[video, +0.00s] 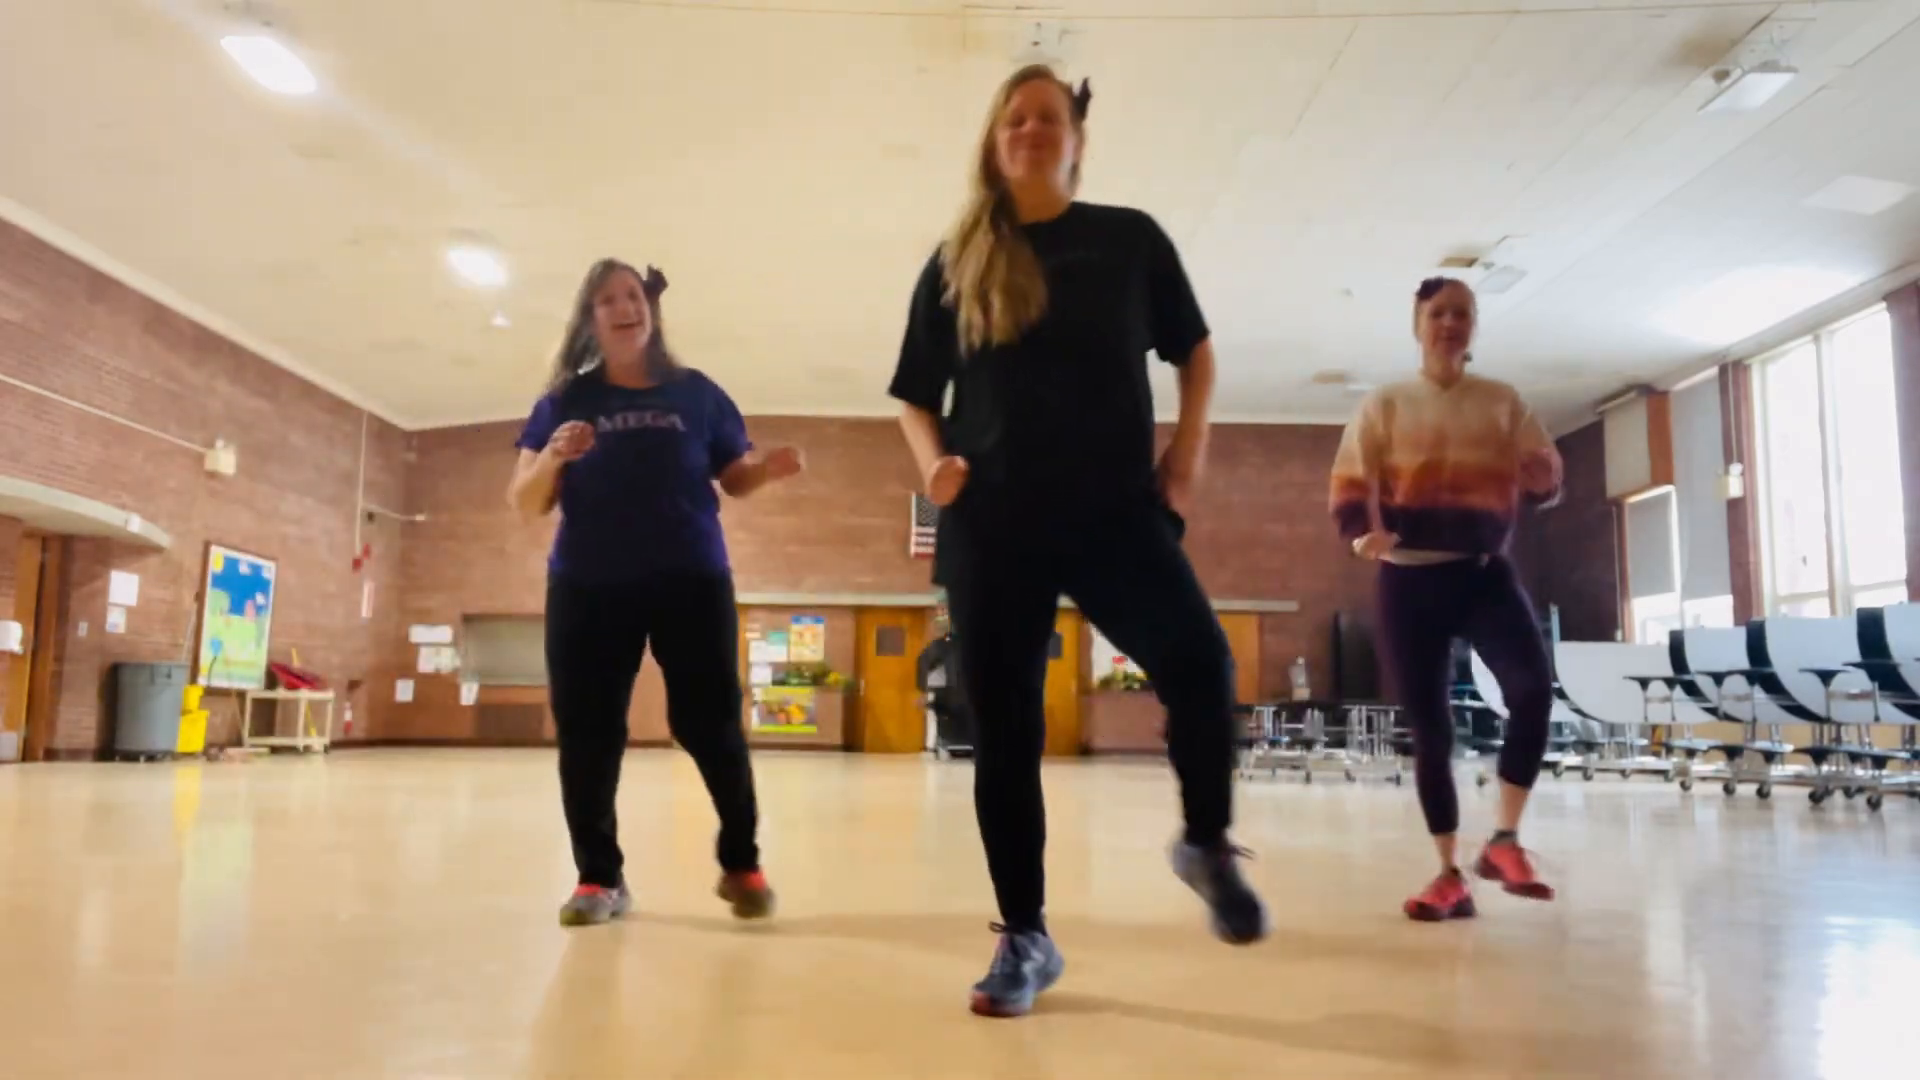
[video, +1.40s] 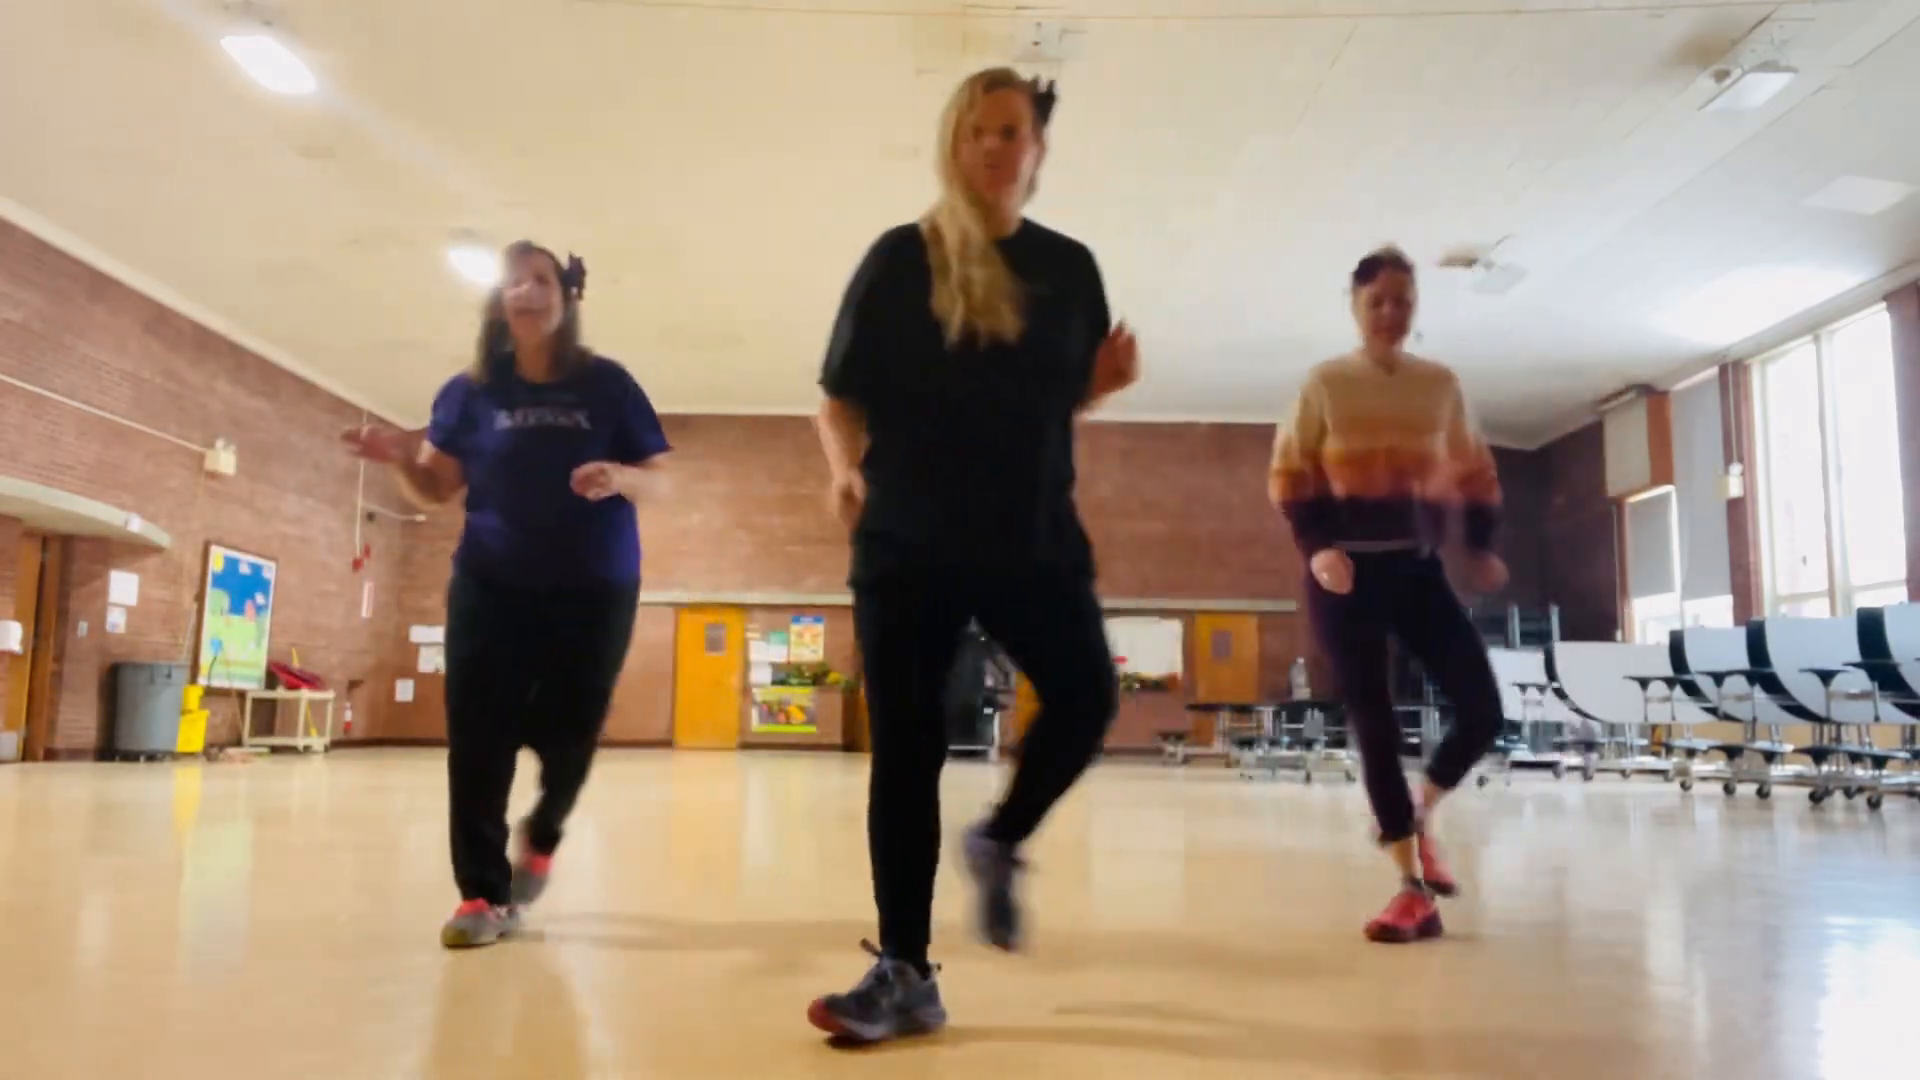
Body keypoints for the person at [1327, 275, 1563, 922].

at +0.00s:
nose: (1449, 324)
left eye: (1460, 315)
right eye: (1438, 314)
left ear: (1474, 328)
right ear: (1417, 325)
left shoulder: (1502, 403)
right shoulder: (1382, 407)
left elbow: (1547, 485)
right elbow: (1348, 492)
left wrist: (1541, 479)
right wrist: (1364, 535)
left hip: (1485, 577)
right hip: (1411, 581)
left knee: (1533, 695)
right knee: (1431, 732)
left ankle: (1503, 842)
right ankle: (1449, 875)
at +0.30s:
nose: (1509, 325)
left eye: (1521, 315)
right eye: (1498, 315)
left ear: (1541, 329)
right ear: (1481, 330)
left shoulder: (1569, 402)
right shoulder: (1456, 410)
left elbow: (1591, 490)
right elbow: (1420, 498)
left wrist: (1571, 427)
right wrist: (1435, 491)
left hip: (1552, 591)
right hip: (1472, 588)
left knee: (1566, 742)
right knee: (1433, 725)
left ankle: (1573, 885)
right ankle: (1455, 836)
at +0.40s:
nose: (1515, 295)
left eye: (1528, 286)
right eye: (1504, 285)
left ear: (1546, 300)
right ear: (1487, 299)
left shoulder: (1576, 374)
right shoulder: (1466, 378)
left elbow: (1596, 458)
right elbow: (1427, 472)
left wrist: (1580, 383)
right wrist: (1461, 408)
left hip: (1556, 560)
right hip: (1480, 557)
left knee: (1564, 724)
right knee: (1436, 675)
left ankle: (1574, 879)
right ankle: (1484, 741)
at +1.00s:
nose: (1494, 288)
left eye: (1505, 277)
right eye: (1480, 279)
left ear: (1523, 283)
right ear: (1460, 288)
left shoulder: (1563, 358)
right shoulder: (1435, 371)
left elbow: (1598, 452)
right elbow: (1390, 460)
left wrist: (1582, 452)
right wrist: (1415, 460)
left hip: (1536, 543)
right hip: (1454, 545)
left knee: (1556, 704)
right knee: (1443, 692)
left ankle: (1568, 872)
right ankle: (1439, 837)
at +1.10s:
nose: (1479, 319)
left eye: (1490, 306)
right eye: (1466, 308)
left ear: (1508, 312)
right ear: (1445, 317)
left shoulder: (1546, 395)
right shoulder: (1421, 399)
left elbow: (1583, 483)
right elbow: (1378, 484)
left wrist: (1589, 528)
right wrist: (1382, 535)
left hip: (1524, 582)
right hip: (1440, 584)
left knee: (1556, 728)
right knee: (1427, 723)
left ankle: (1563, 886)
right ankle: (1420, 875)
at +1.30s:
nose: (1427, 314)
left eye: (1438, 303)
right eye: (1415, 302)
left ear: (1450, 311)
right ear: (1390, 307)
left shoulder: (1474, 391)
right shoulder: (1355, 391)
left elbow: (1518, 483)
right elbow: (1331, 488)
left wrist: (1539, 563)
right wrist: (1343, 565)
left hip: (1449, 572)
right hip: (1374, 576)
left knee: (1515, 715)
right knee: (1388, 732)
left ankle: (1513, 859)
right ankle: (1414, 889)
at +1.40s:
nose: (1389, 313)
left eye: (1401, 302)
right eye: (1376, 301)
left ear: (1414, 308)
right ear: (1354, 306)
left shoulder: (1439, 385)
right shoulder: (1325, 385)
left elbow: (1475, 471)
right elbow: (1290, 474)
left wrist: (1481, 543)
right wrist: (1316, 546)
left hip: (1415, 569)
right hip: (1346, 572)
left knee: (1480, 714)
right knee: (1374, 724)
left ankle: (1419, 811)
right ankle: (1412, 888)